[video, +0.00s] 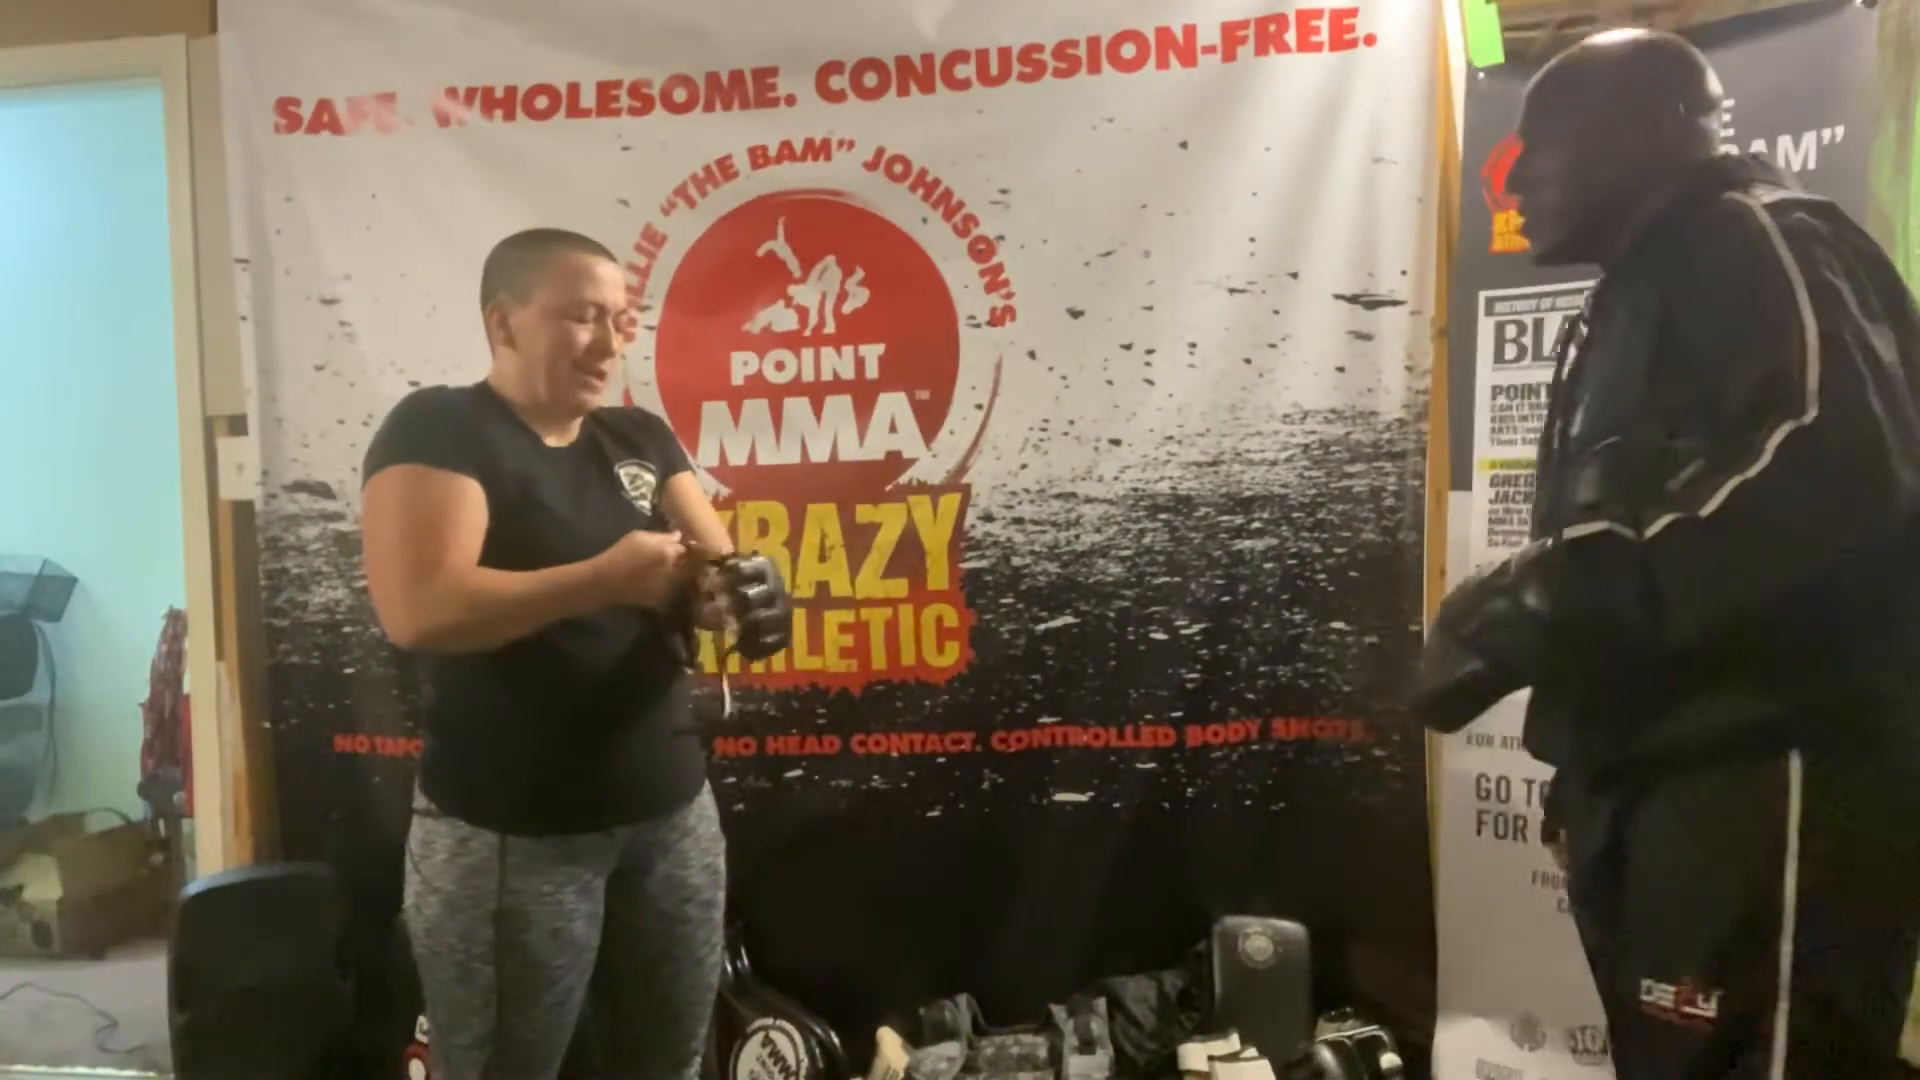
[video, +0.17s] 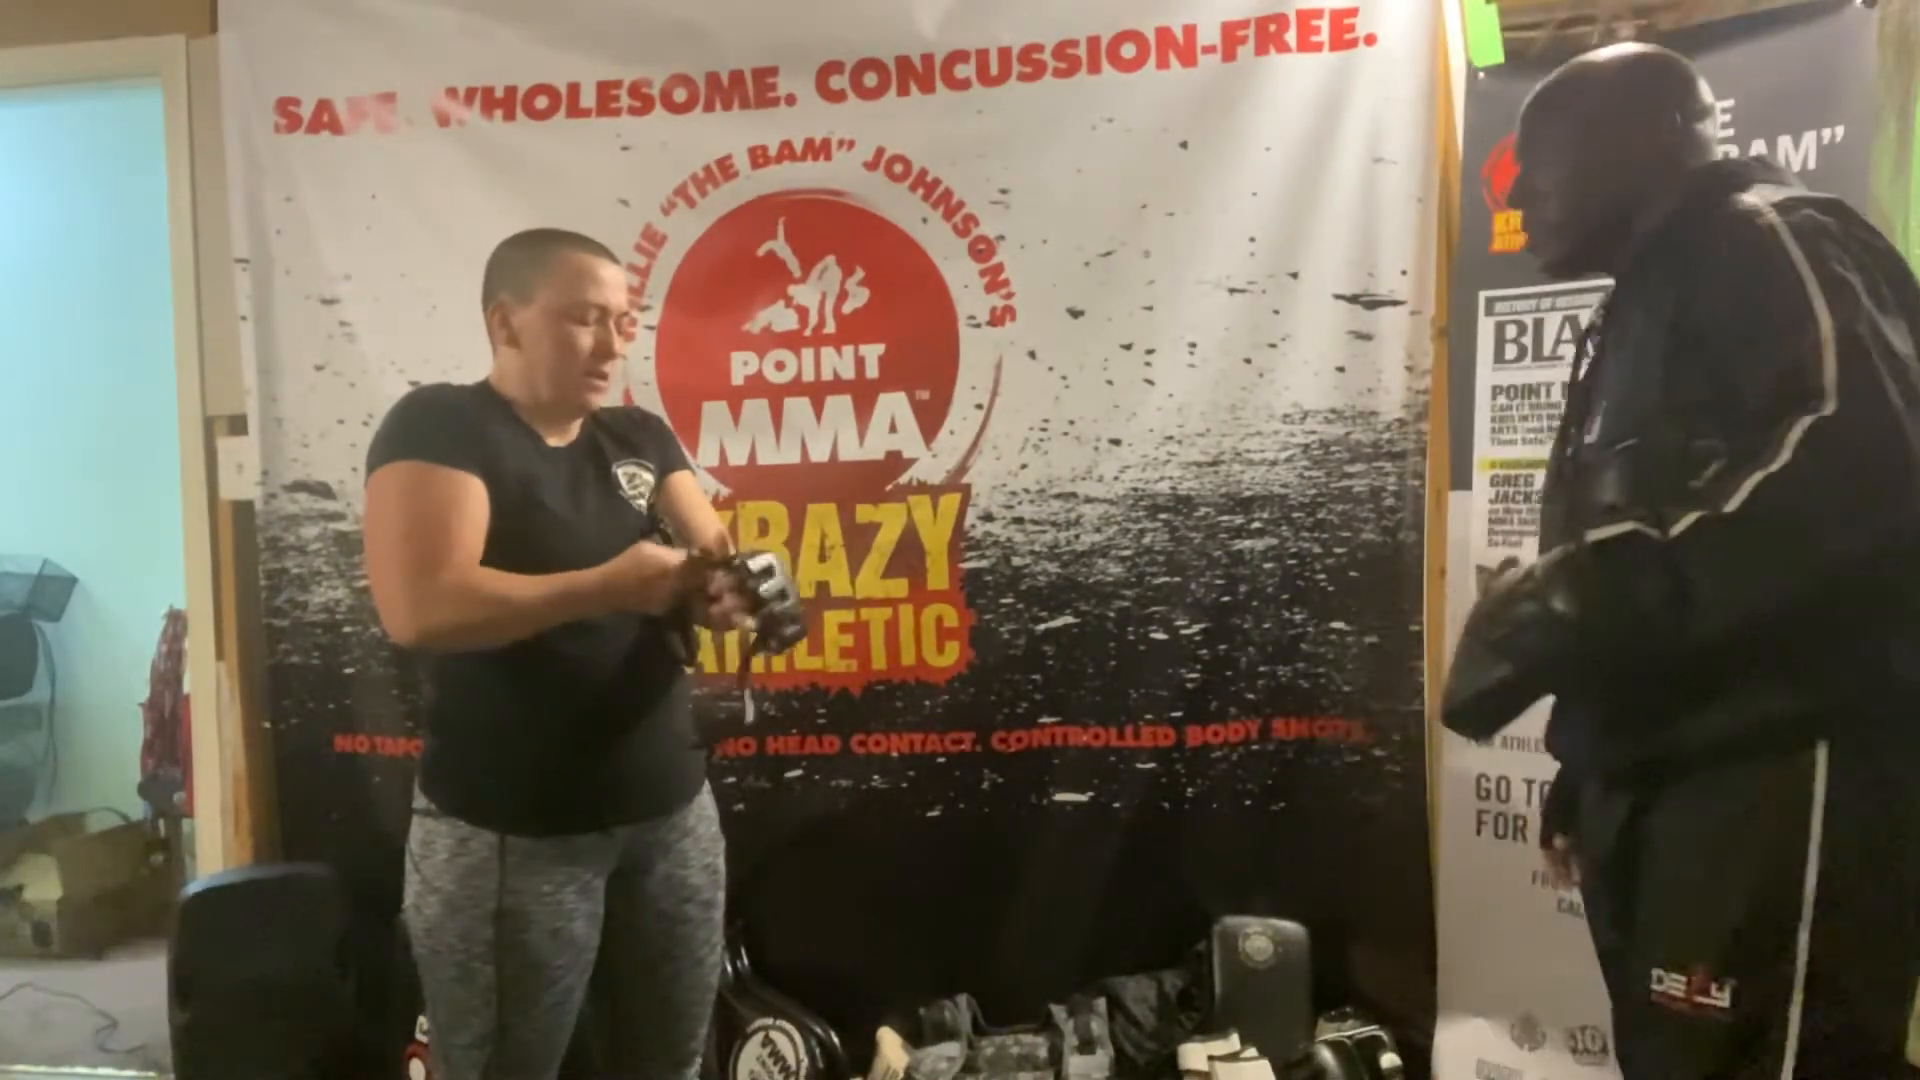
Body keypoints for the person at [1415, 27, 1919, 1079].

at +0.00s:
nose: (1511, 169)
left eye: (1539, 139)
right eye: (1518, 142)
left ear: (1637, 136)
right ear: (1621, 148)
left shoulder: (1755, 233)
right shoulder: (1624, 303)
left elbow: (1838, 464)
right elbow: (1610, 529)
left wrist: (1547, 602)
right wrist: (1582, 769)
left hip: (1777, 787)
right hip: (1672, 789)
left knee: (1769, 1057)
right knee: (1679, 1055)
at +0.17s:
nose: (1514, 191)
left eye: (1534, 158)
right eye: (1517, 163)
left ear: (1635, 145)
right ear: (1625, 160)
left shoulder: (1766, 234)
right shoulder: (1635, 307)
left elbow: (1854, 457)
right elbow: (1618, 543)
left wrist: (1590, 600)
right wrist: (1585, 770)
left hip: (1795, 777)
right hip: (1681, 785)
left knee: (1785, 1053)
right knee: (1680, 1051)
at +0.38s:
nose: (1538, 181)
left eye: (1558, 149)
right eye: (1540, 154)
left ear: (1658, 137)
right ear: (1643, 148)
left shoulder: (1782, 230)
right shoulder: (1652, 304)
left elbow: (1880, 458)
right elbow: (1623, 553)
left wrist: (1622, 604)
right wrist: (1577, 770)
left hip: (1795, 777)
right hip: (1692, 782)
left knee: (1728, 1044)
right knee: (1671, 1041)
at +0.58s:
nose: (1585, 158)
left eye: (1613, 122)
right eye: (1590, 127)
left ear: (1712, 120)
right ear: (1699, 133)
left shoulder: (1823, 232)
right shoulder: (1688, 293)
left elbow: (1890, 484)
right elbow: (1631, 558)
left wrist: (1645, 611)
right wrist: (1559, 764)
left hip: (1798, 796)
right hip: (1686, 792)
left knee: (1792, 1055)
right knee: (1670, 1052)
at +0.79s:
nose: (1630, 120)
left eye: (1663, 85)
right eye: (1636, 89)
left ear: (1777, 83)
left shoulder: (1888, 229)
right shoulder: (1698, 311)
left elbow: (1897, 594)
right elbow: (1664, 569)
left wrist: (1621, 621)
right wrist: (1604, 759)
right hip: (1692, 864)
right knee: (1662, 1055)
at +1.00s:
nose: (1647, 70)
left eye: (1683, 37)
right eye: (1657, 43)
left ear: (1814, 40)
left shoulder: (1892, 216)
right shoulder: (1702, 303)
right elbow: (1665, 579)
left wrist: (1652, 665)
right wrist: (1613, 769)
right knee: (1647, 1053)